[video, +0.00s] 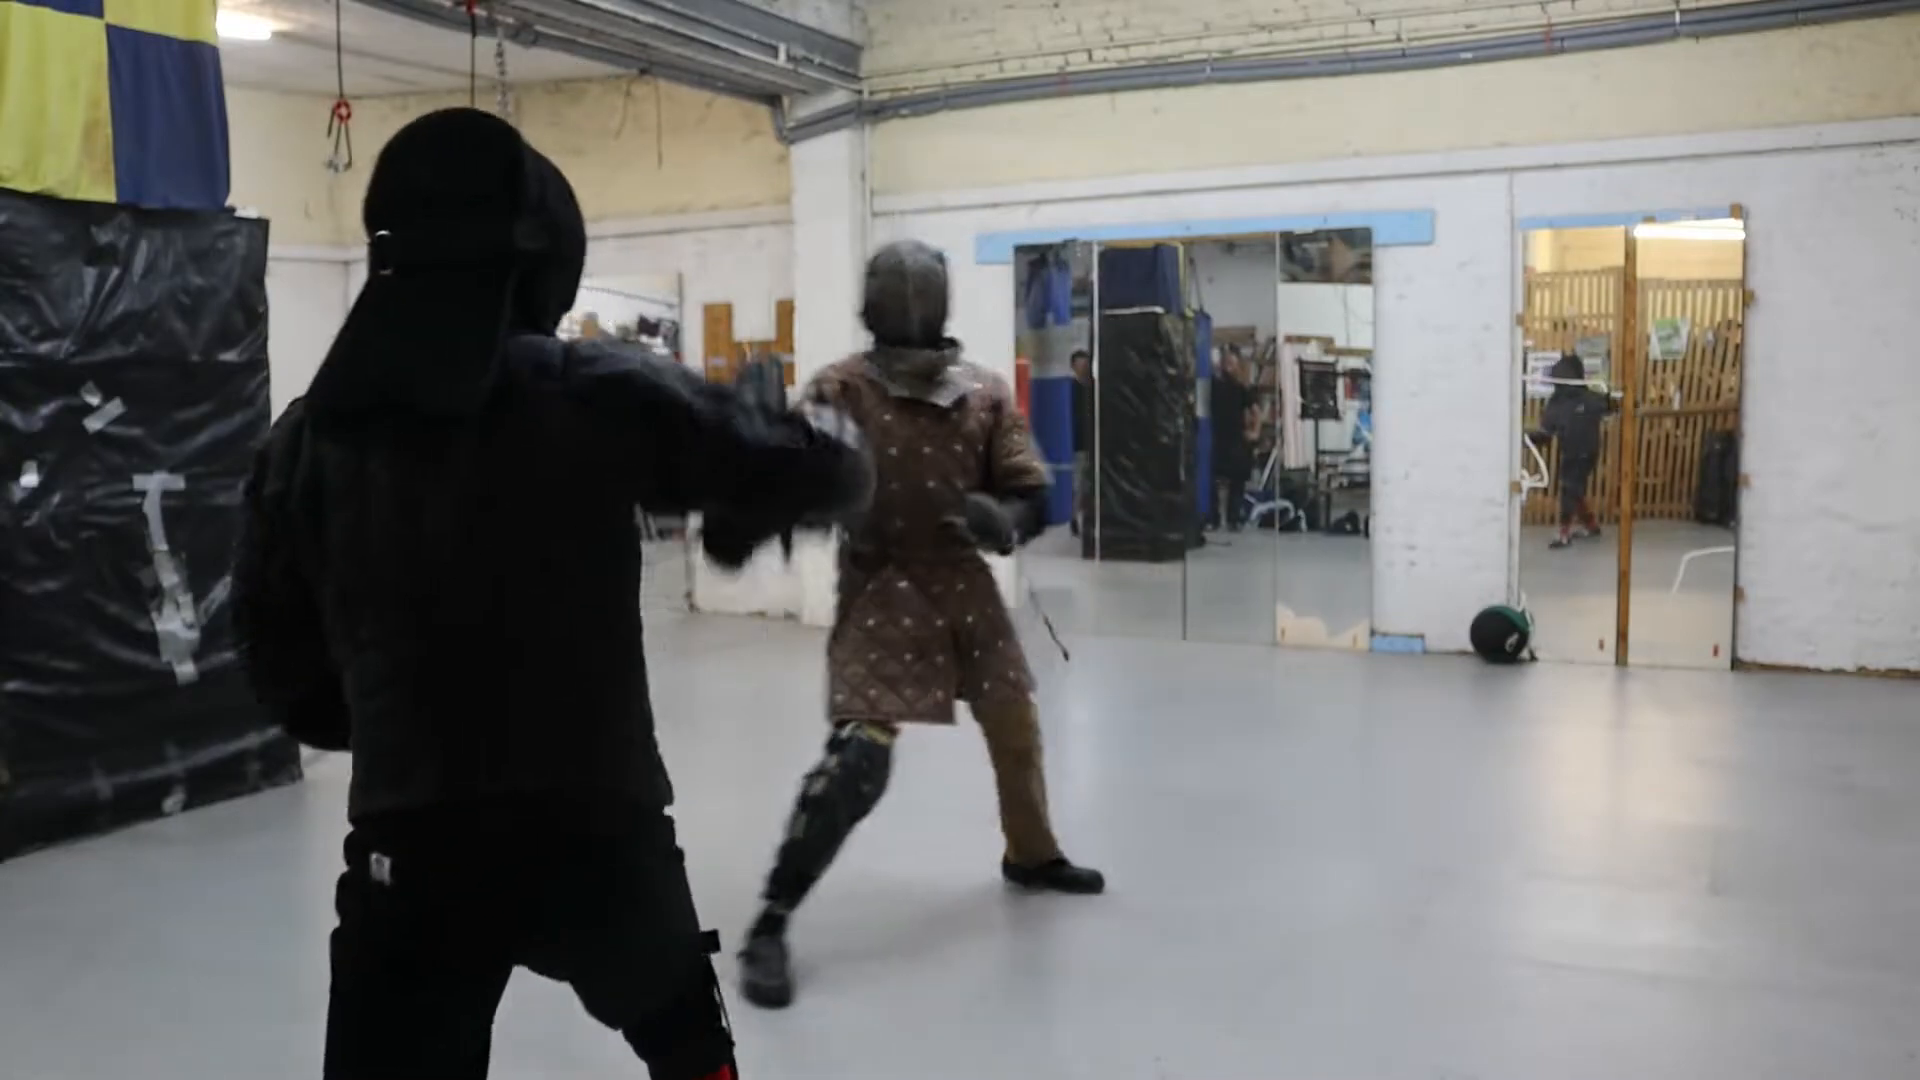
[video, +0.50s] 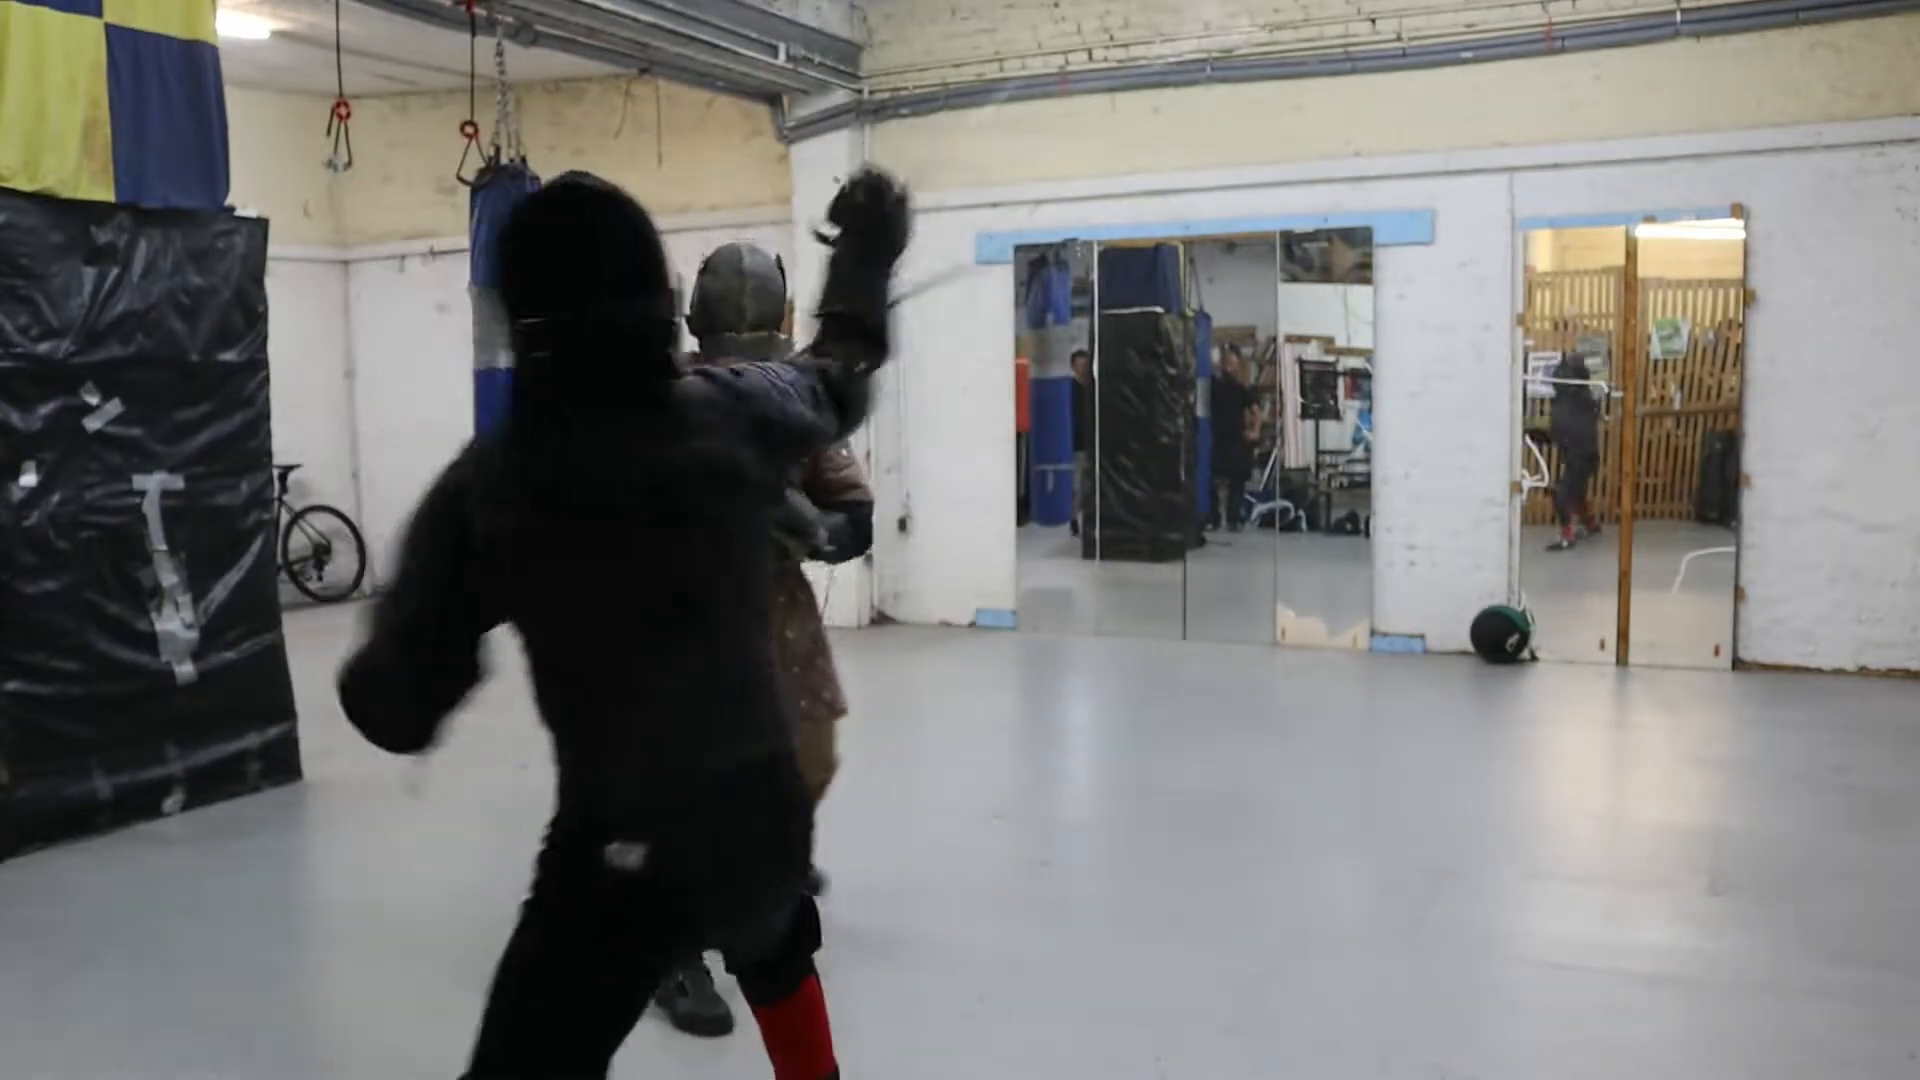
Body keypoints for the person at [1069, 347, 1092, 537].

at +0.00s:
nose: (1083, 368)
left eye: (1085, 363)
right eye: (1079, 364)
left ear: (1090, 365)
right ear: (1073, 367)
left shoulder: (1094, 386)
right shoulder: (1074, 387)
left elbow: (1095, 413)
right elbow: (1073, 415)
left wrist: (1096, 438)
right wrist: (1074, 441)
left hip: (1093, 443)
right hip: (1080, 444)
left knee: (1091, 486)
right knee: (1079, 486)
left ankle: (1091, 519)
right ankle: (1075, 517)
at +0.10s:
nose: (1083, 368)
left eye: (1085, 363)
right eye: (1079, 364)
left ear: (1090, 365)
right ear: (1073, 367)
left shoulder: (1094, 386)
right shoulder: (1073, 387)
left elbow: (1097, 413)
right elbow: (1071, 415)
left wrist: (1097, 438)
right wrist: (1073, 440)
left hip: (1094, 442)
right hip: (1080, 443)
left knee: (1092, 487)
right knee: (1079, 486)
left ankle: (1092, 520)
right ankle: (1075, 518)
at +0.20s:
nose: (1083, 368)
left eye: (1085, 363)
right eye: (1079, 364)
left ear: (1090, 365)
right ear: (1073, 367)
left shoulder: (1094, 386)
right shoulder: (1073, 387)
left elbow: (1096, 413)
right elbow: (1072, 415)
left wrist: (1097, 438)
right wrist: (1073, 440)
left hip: (1093, 442)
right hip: (1080, 443)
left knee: (1091, 486)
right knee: (1079, 486)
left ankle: (1091, 520)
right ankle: (1075, 518)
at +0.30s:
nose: (1083, 368)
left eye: (1085, 363)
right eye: (1079, 364)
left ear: (1090, 365)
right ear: (1073, 367)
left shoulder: (1094, 386)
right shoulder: (1073, 387)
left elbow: (1096, 413)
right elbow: (1073, 415)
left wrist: (1097, 437)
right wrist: (1074, 440)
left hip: (1093, 442)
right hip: (1080, 443)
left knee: (1091, 486)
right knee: (1079, 486)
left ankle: (1091, 520)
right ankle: (1075, 518)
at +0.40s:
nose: (1083, 368)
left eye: (1085, 363)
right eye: (1079, 364)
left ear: (1090, 365)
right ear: (1073, 367)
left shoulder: (1094, 386)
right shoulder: (1073, 387)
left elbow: (1096, 413)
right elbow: (1072, 415)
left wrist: (1097, 437)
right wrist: (1073, 440)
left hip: (1093, 442)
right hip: (1080, 443)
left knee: (1092, 486)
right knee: (1079, 486)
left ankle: (1091, 520)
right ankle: (1075, 518)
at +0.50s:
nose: (1083, 368)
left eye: (1085, 363)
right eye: (1079, 364)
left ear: (1090, 365)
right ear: (1073, 366)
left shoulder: (1094, 385)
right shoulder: (1072, 387)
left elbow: (1097, 412)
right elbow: (1071, 415)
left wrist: (1098, 438)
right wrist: (1073, 441)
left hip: (1094, 442)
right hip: (1079, 443)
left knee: (1092, 486)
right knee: (1078, 486)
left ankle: (1092, 519)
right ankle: (1074, 518)